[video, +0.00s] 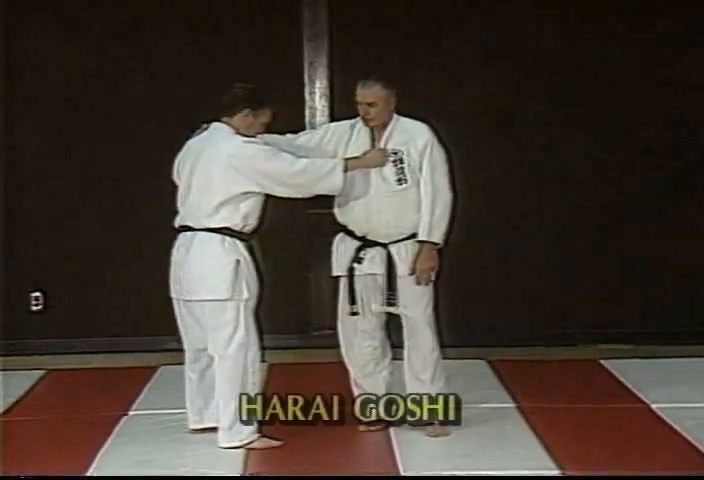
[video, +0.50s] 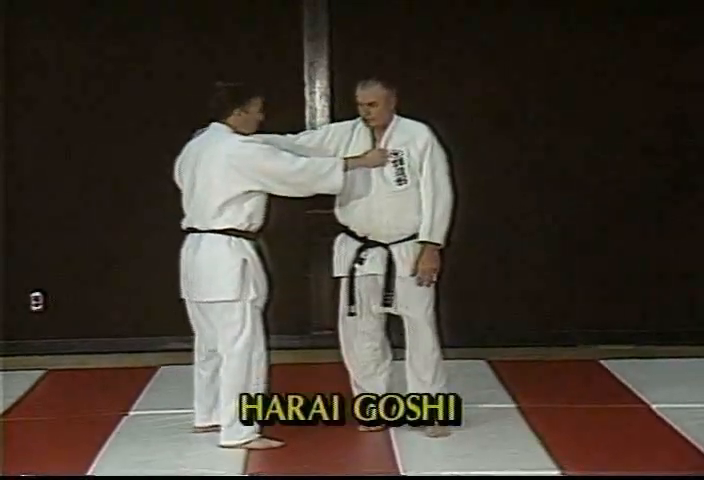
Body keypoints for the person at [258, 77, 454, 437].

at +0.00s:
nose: (365, 112)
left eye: (372, 106)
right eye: (360, 106)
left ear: (391, 102)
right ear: (355, 104)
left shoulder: (419, 137)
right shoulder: (344, 133)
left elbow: (438, 193)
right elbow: (295, 144)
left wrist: (429, 246)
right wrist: (243, 140)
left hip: (408, 247)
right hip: (357, 247)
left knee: (419, 327)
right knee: (360, 327)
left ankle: (429, 408)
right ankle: (372, 407)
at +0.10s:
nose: (366, 113)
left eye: (372, 106)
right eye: (361, 106)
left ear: (392, 103)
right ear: (356, 106)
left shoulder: (419, 137)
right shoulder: (345, 134)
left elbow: (439, 193)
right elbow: (298, 144)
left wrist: (430, 247)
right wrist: (249, 142)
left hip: (408, 248)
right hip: (358, 248)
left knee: (420, 329)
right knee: (361, 329)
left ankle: (428, 407)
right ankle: (372, 405)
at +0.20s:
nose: (366, 113)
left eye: (372, 106)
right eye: (361, 106)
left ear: (392, 103)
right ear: (356, 105)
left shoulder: (419, 136)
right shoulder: (346, 133)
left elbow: (439, 194)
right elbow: (298, 143)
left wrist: (431, 247)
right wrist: (249, 140)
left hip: (408, 248)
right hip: (358, 248)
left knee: (420, 329)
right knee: (361, 329)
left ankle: (428, 407)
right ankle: (372, 406)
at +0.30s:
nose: (366, 112)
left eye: (373, 105)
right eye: (361, 106)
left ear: (392, 102)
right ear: (356, 105)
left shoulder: (419, 136)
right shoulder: (346, 133)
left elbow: (439, 193)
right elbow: (298, 143)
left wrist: (431, 247)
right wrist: (249, 141)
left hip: (409, 247)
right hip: (358, 247)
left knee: (420, 327)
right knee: (361, 327)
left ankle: (428, 407)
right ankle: (372, 405)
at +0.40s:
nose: (366, 112)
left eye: (373, 105)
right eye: (361, 106)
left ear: (392, 102)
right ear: (356, 106)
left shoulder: (419, 137)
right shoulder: (346, 133)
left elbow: (439, 194)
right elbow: (298, 144)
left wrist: (431, 247)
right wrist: (249, 141)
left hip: (408, 247)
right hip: (358, 247)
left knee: (420, 326)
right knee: (360, 327)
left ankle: (428, 407)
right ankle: (372, 405)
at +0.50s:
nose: (366, 112)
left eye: (372, 106)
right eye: (361, 106)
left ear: (391, 103)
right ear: (356, 105)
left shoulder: (418, 137)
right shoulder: (345, 134)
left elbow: (439, 194)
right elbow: (297, 144)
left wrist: (431, 247)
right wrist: (246, 142)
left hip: (408, 248)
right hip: (358, 247)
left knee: (420, 327)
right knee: (360, 327)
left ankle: (429, 407)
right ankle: (372, 405)